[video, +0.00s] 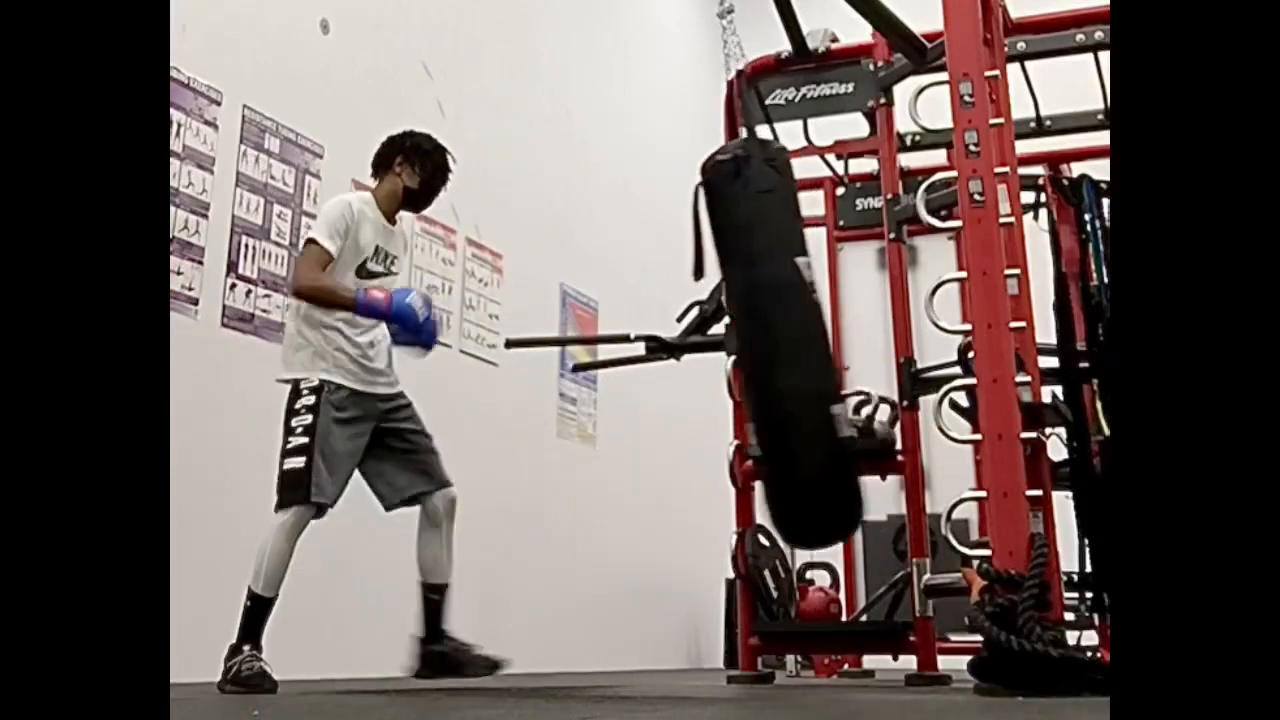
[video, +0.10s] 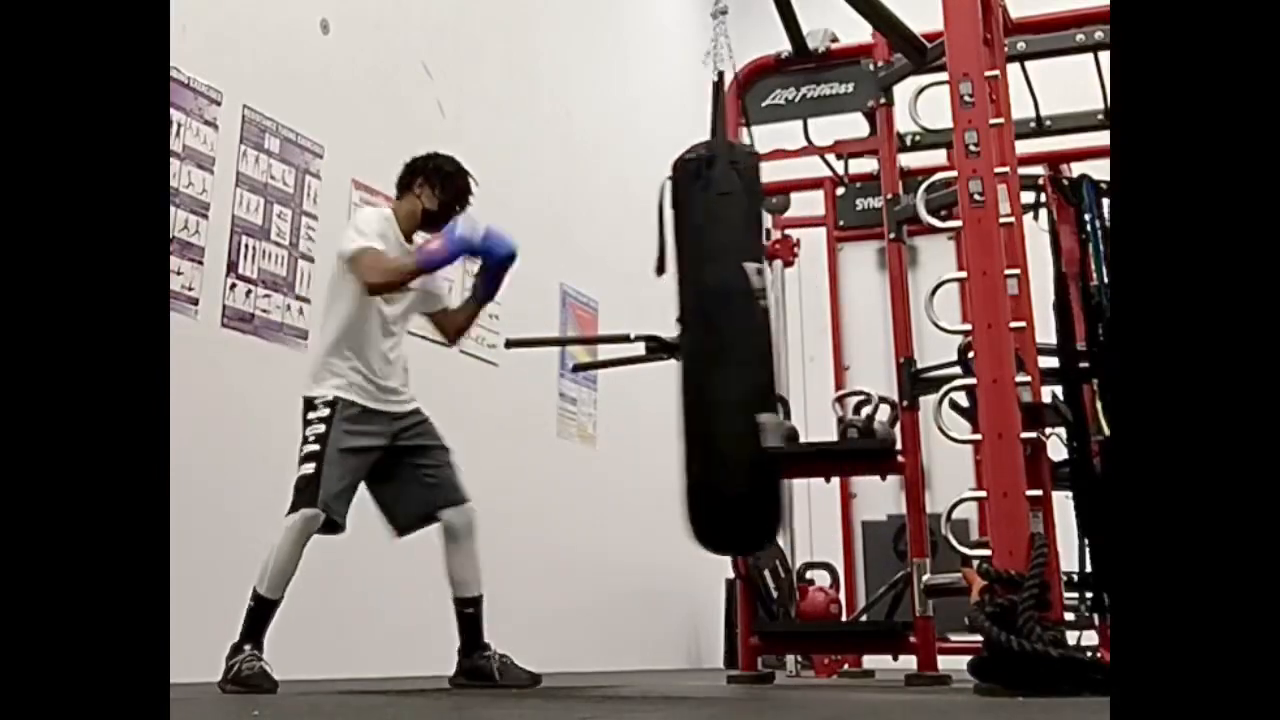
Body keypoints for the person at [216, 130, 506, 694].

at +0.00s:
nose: (428, 189)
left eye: (435, 182)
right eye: (423, 175)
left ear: (422, 184)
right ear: (396, 165)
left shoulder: (400, 238)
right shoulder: (346, 210)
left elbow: (366, 310)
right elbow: (305, 280)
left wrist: (407, 327)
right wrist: (384, 302)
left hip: (379, 388)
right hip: (324, 383)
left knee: (439, 501)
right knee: (299, 507)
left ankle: (435, 645)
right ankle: (244, 652)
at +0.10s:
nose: (440, 219)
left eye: (447, 214)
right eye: (439, 207)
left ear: (440, 210)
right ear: (418, 187)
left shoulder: (421, 259)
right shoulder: (369, 218)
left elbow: (451, 328)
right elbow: (375, 275)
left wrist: (488, 280)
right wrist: (447, 251)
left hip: (397, 404)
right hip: (340, 396)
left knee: (458, 516)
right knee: (309, 515)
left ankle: (474, 656)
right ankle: (246, 651)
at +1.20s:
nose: (441, 226)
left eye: (452, 220)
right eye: (437, 214)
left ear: (465, 225)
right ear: (423, 208)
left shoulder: (467, 267)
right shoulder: (387, 248)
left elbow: (487, 335)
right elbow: (358, 306)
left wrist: (504, 285)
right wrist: (412, 256)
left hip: (448, 415)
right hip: (383, 414)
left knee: (510, 522)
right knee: (323, 534)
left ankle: (549, 645)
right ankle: (272, 654)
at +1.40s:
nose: (509, 245)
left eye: (519, 239)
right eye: (503, 235)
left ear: (529, 237)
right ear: (485, 227)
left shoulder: (529, 269)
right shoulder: (449, 257)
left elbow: (562, 331)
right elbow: (432, 301)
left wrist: (564, 271)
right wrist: (472, 247)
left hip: (515, 416)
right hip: (452, 417)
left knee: (553, 524)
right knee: (418, 536)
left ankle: (578, 651)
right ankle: (425, 652)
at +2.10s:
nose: (495, 213)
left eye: (505, 209)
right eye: (491, 203)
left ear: (508, 211)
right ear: (470, 192)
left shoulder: (498, 250)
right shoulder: (429, 214)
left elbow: (535, 303)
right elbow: (418, 258)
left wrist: (534, 239)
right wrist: (464, 220)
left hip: (479, 386)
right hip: (425, 373)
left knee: (511, 504)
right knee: (395, 508)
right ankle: (372, 641)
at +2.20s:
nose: (464, 220)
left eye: (474, 213)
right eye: (458, 206)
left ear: (482, 223)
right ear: (439, 210)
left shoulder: (484, 270)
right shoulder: (409, 248)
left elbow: (521, 321)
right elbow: (418, 270)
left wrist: (517, 258)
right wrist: (451, 223)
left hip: (464, 414)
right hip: (403, 406)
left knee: (511, 518)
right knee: (352, 529)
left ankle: (483, 637)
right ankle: (316, 654)